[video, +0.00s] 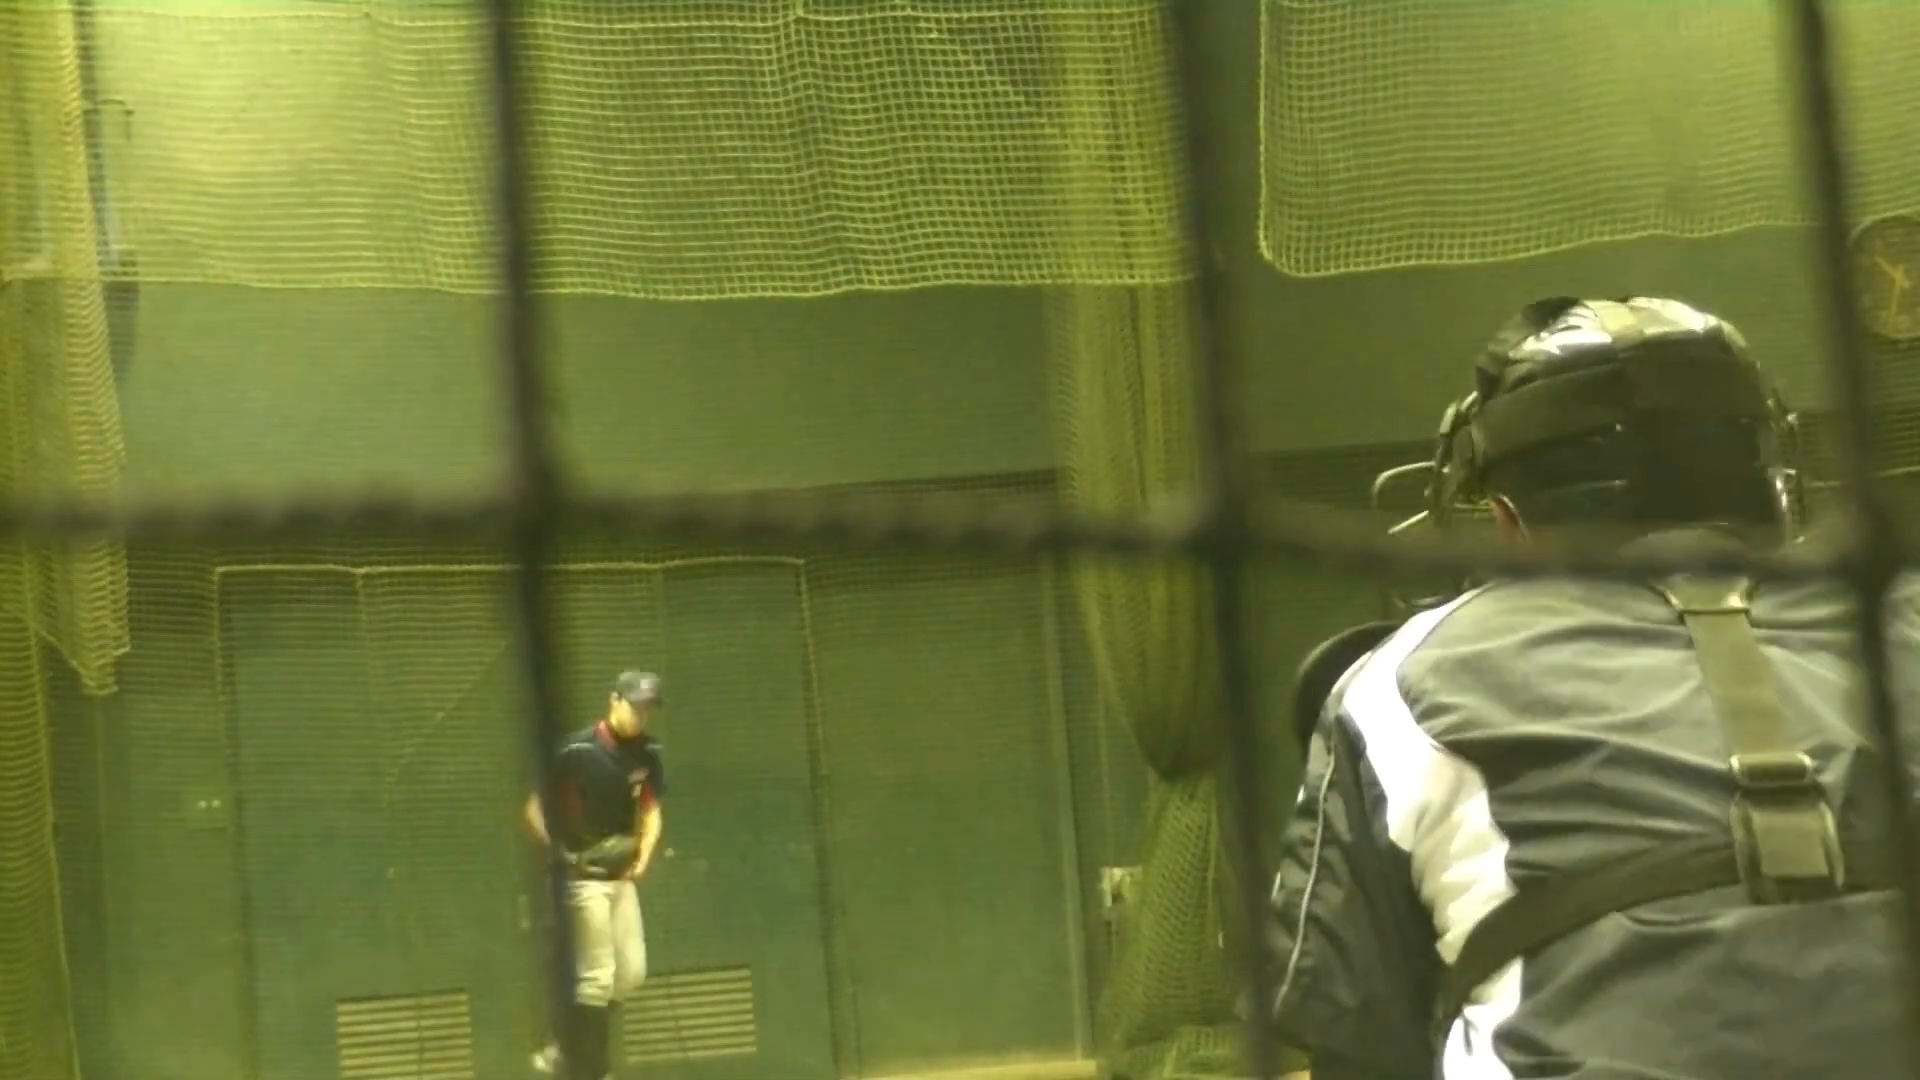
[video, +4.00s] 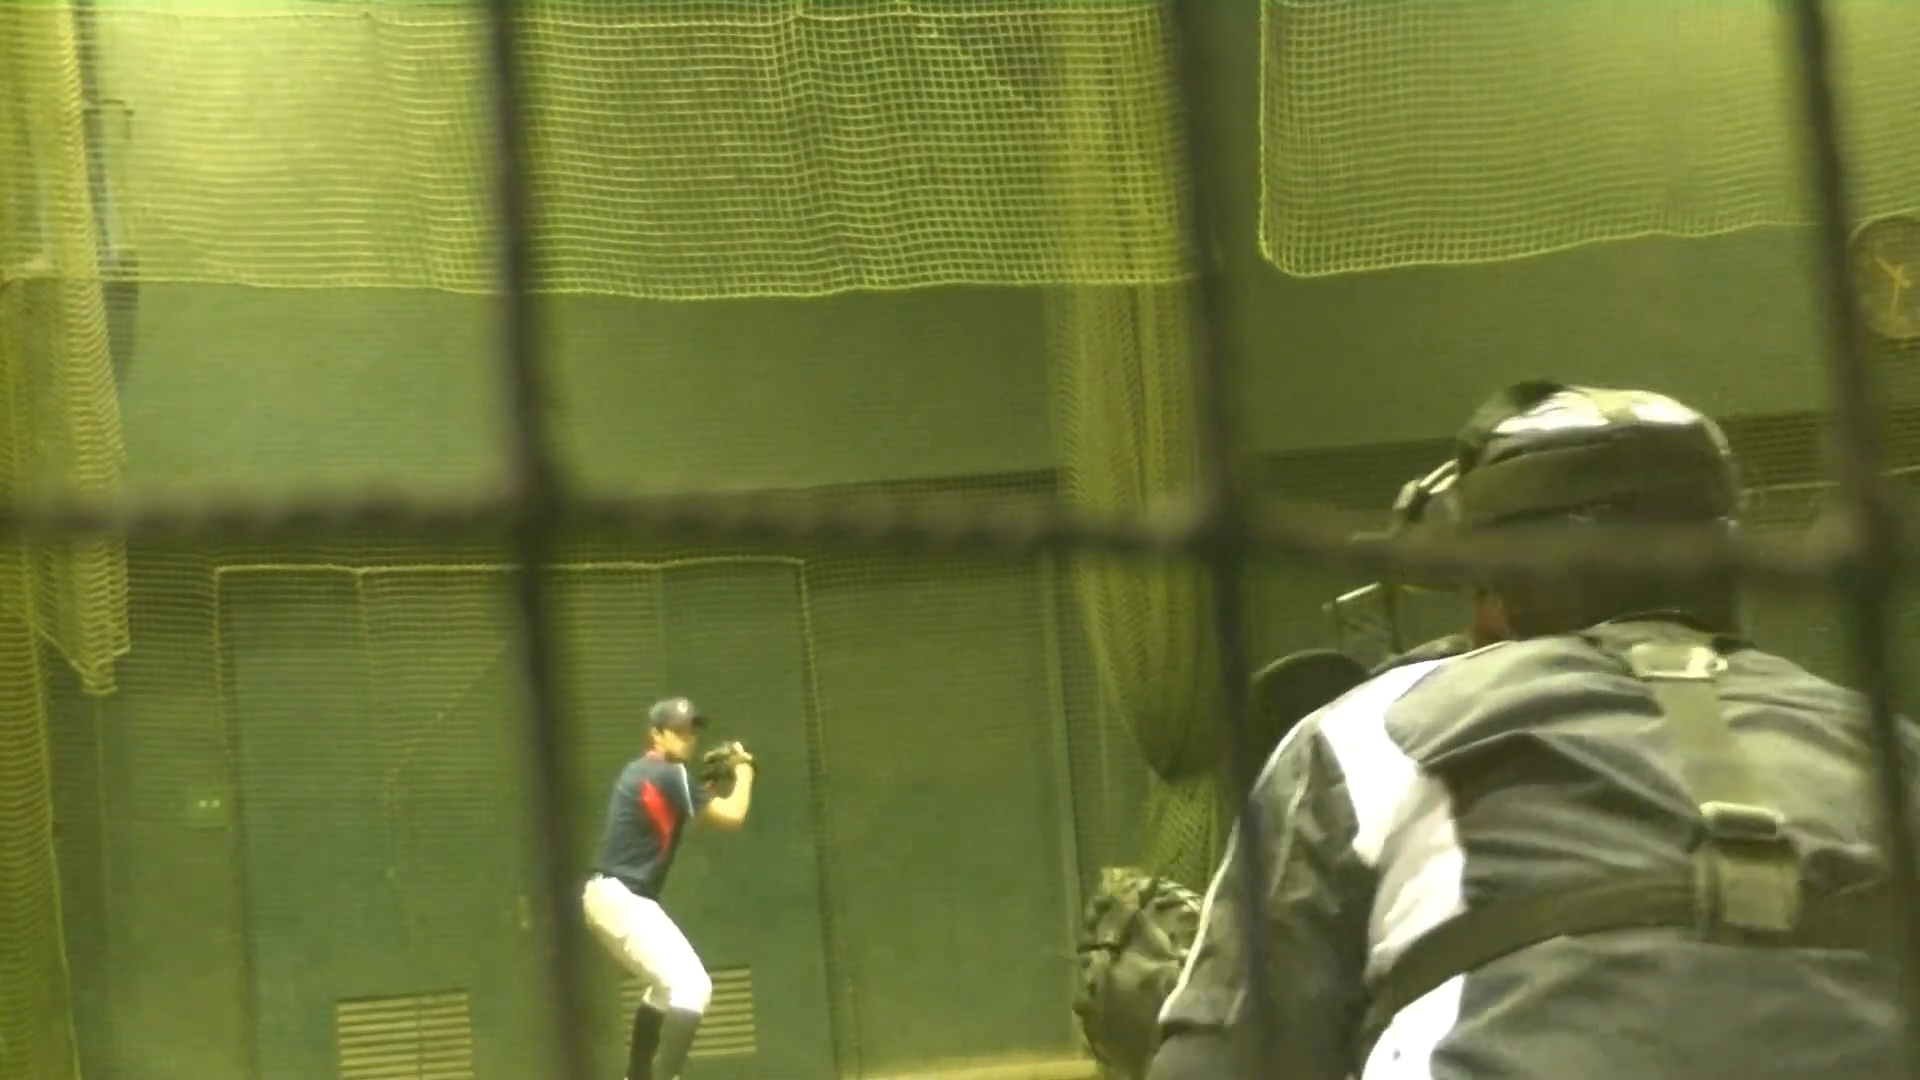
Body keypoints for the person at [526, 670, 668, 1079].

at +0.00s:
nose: (644, 717)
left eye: (648, 709)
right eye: (637, 708)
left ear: (650, 711)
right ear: (614, 703)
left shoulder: (646, 755)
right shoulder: (574, 752)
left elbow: (652, 810)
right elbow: (534, 807)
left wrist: (642, 858)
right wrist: (560, 852)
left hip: (622, 880)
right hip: (582, 880)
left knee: (630, 973)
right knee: (593, 981)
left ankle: (559, 1048)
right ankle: (591, 1070)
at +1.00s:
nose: (669, 706)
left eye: (672, 699)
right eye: (665, 698)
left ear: (646, 696)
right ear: (642, 694)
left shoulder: (634, 728)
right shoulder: (637, 727)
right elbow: (602, 763)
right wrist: (630, 824)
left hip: (613, 852)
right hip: (629, 852)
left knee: (636, 968)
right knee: (661, 955)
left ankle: (627, 1071)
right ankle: (672, 1060)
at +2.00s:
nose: (696, 734)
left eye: (699, 726)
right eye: (688, 726)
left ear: (702, 727)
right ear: (664, 727)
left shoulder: (649, 764)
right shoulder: (666, 769)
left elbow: (681, 846)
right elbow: (689, 842)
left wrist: (723, 887)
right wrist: (745, 892)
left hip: (613, 886)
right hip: (628, 888)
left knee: (661, 982)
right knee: (684, 983)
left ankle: (635, 1073)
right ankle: (668, 1072)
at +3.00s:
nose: (685, 751)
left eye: (688, 743)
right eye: (676, 744)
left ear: (690, 743)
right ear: (653, 746)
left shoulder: (633, 780)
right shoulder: (662, 789)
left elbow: (688, 809)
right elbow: (723, 836)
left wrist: (720, 776)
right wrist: (746, 785)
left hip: (601, 905)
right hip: (622, 910)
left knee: (668, 985)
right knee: (696, 989)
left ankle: (636, 1072)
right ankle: (667, 1072)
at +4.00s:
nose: (690, 739)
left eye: (692, 731)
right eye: (683, 732)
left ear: (657, 736)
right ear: (660, 734)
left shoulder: (638, 770)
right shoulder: (668, 774)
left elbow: (680, 808)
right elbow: (732, 814)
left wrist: (712, 783)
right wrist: (744, 771)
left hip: (603, 894)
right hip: (623, 898)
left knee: (665, 984)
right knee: (693, 986)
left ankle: (638, 1073)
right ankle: (669, 1072)